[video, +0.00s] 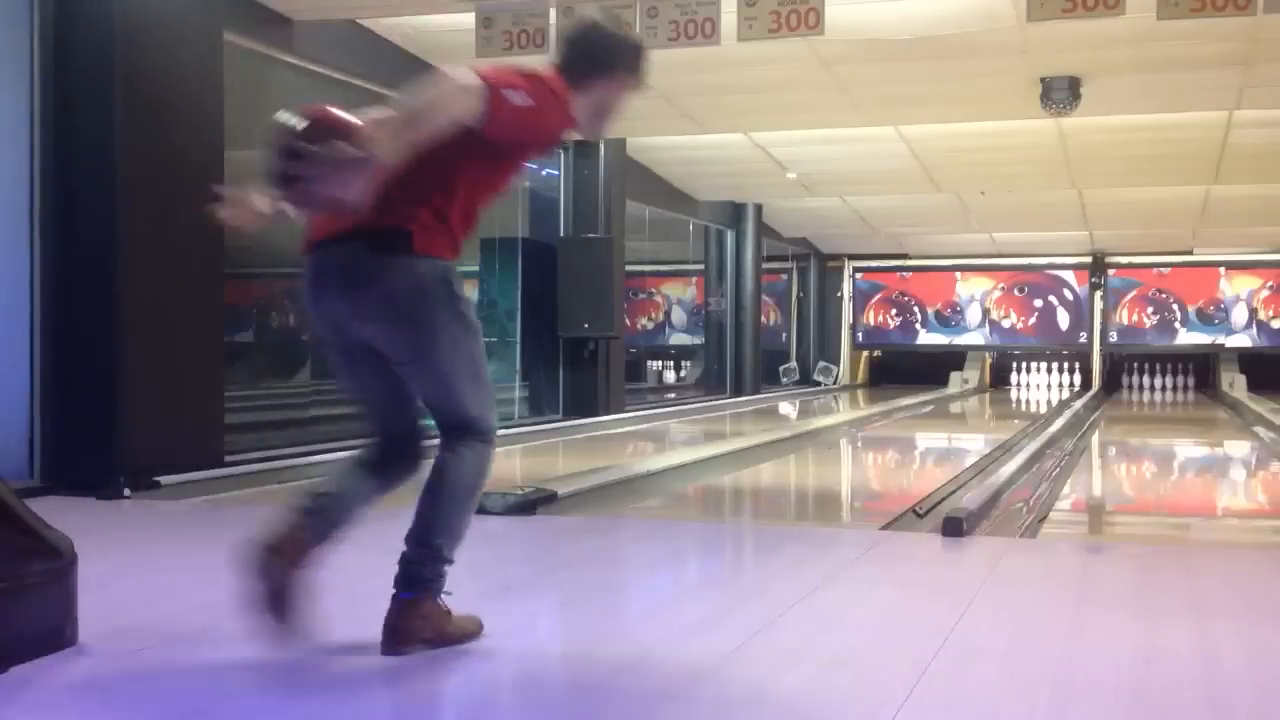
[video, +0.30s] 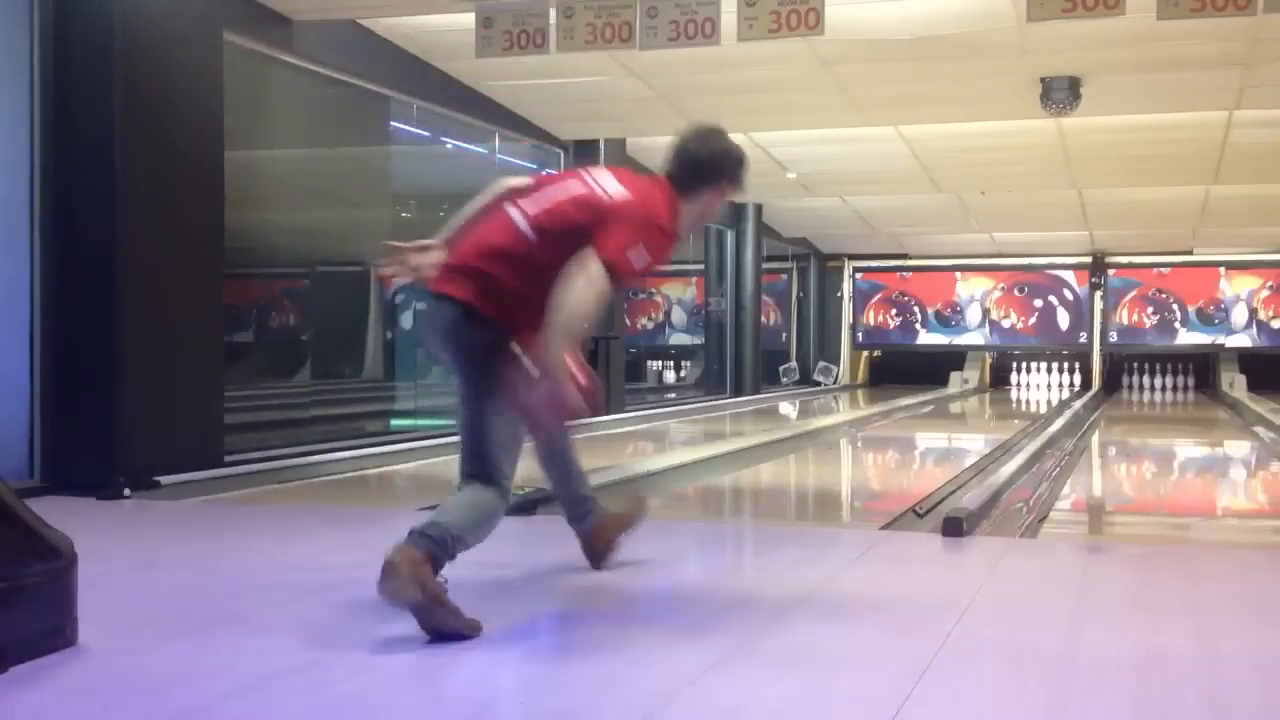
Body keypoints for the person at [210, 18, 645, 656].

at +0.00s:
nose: (622, 108)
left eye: (628, 95)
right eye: (625, 92)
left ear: (573, 65)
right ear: (603, 82)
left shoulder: (508, 89)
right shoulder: (548, 102)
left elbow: (382, 123)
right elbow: (455, 91)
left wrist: (278, 195)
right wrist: (374, 154)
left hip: (334, 268)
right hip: (403, 269)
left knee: (396, 445)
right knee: (469, 434)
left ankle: (291, 544)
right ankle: (416, 606)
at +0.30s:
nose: (719, 209)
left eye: (726, 199)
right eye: (724, 197)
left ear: (677, 167)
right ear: (712, 189)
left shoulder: (617, 177)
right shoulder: (652, 214)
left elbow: (509, 187)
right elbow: (585, 279)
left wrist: (443, 244)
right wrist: (556, 366)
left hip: (458, 299)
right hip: (476, 312)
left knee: (542, 405)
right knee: (489, 487)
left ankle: (592, 527)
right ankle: (418, 556)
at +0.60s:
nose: (772, 218)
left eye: (772, 207)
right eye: (774, 208)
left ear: (726, 184)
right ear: (762, 208)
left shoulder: (661, 184)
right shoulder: (727, 256)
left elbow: (563, 199)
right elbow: (755, 329)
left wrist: (503, 238)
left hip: (513, 286)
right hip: (543, 321)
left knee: (596, 385)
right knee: (464, 440)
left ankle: (610, 528)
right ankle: (311, 452)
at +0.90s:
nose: (783, 156)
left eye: (783, 146)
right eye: (785, 147)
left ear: (733, 123)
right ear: (775, 144)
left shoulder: (676, 139)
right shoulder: (748, 186)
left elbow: (580, 172)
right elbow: (795, 259)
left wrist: (532, 234)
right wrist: (816, 218)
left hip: (553, 257)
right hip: (560, 269)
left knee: (602, 391)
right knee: (483, 391)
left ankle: (607, 532)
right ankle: (349, 463)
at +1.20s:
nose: (774, 132)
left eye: (770, 122)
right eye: (777, 123)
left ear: (722, 106)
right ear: (770, 124)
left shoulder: (666, 132)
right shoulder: (748, 182)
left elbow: (582, 182)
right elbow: (723, 281)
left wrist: (561, 249)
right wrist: (718, 380)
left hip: (562, 262)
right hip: (579, 275)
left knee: (613, 392)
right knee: (499, 401)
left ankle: (609, 531)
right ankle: (367, 476)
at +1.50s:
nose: (772, 94)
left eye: (768, 84)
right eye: (774, 86)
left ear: (719, 76)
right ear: (769, 88)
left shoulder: (666, 111)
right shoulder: (753, 153)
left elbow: (585, 164)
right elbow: (718, 242)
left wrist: (544, 238)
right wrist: (689, 335)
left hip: (577, 255)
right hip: (601, 273)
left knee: (641, 394)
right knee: (537, 403)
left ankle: (609, 530)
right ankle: (399, 472)